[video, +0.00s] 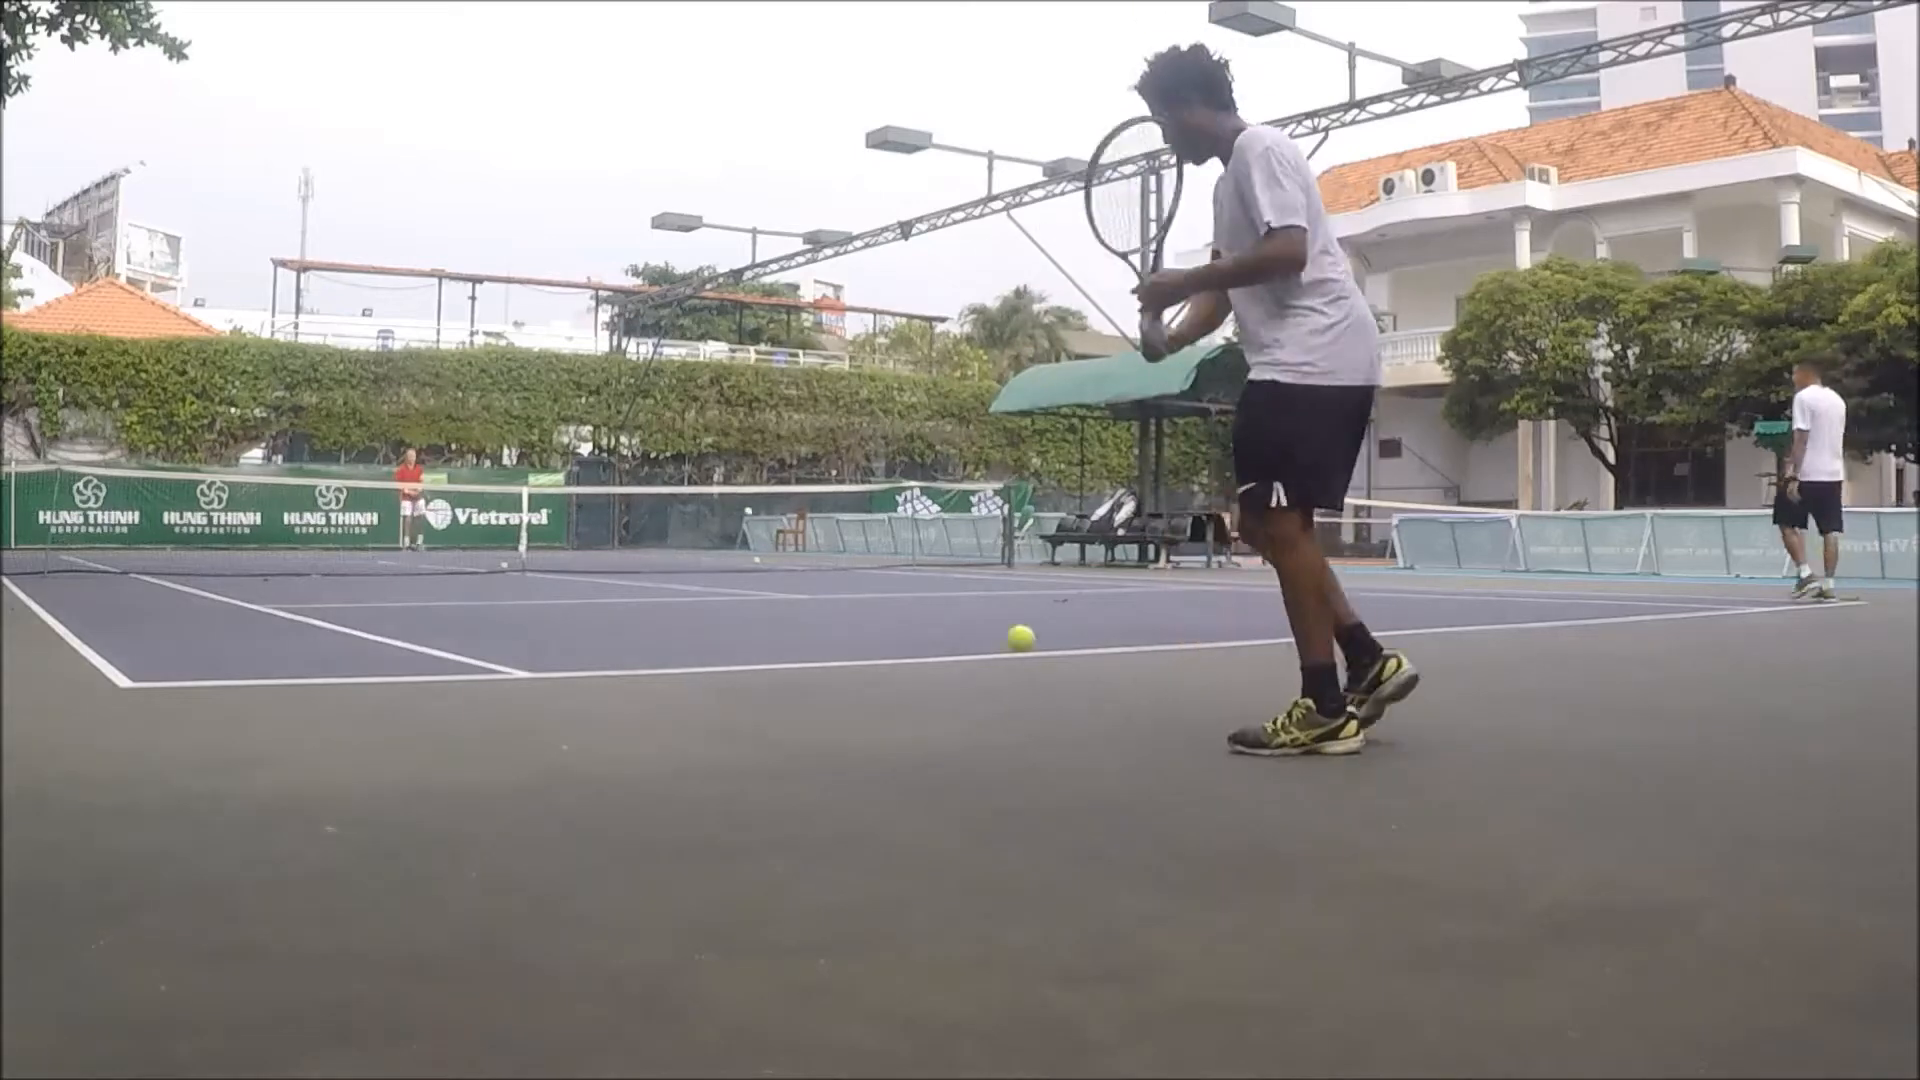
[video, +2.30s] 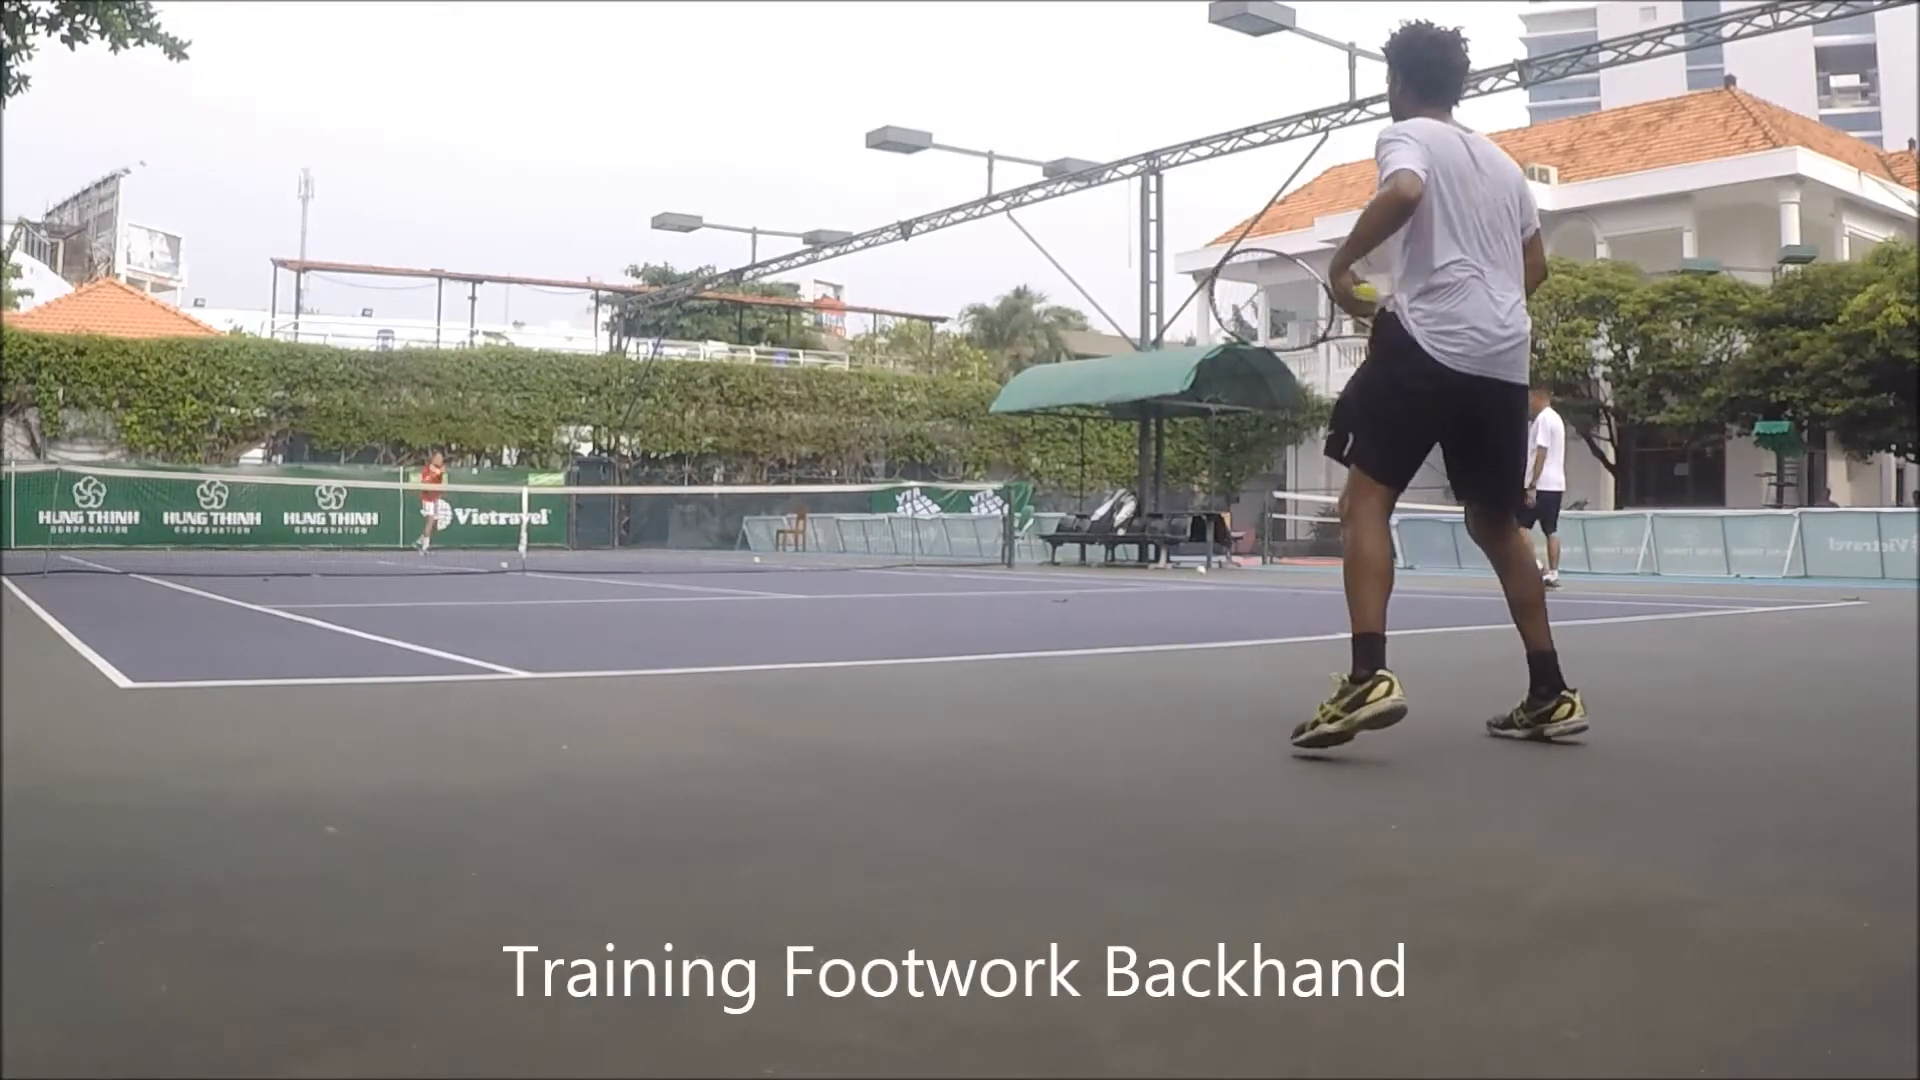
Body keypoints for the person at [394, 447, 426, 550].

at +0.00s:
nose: (411, 460)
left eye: (413, 457)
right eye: (409, 457)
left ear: (415, 458)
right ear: (406, 458)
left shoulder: (419, 469)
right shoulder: (400, 470)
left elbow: (421, 482)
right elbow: (399, 483)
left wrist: (418, 490)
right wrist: (408, 491)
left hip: (418, 495)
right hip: (406, 495)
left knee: (419, 517)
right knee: (407, 518)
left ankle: (418, 540)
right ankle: (407, 540)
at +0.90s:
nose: (423, 466)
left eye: (425, 464)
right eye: (422, 463)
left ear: (428, 465)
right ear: (418, 464)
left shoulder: (430, 475)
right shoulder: (412, 474)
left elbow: (430, 488)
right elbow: (406, 488)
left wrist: (426, 498)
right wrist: (414, 498)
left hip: (424, 500)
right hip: (412, 500)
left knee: (432, 520)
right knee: (407, 522)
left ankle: (432, 543)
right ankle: (397, 540)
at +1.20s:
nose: (436, 463)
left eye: (437, 460)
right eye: (434, 460)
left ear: (439, 462)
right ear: (429, 461)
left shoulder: (439, 474)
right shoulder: (421, 472)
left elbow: (438, 488)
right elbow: (417, 486)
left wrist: (433, 499)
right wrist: (426, 500)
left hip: (432, 500)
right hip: (420, 499)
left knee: (436, 521)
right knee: (417, 519)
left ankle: (432, 544)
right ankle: (409, 543)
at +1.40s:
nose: (440, 465)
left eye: (441, 463)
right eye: (438, 463)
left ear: (442, 465)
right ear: (432, 464)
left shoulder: (442, 477)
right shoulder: (425, 474)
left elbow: (441, 491)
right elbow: (421, 488)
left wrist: (437, 503)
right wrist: (428, 501)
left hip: (435, 502)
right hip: (425, 501)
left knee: (439, 523)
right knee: (429, 519)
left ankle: (431, 545)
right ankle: (416, 540)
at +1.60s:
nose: (441, 465)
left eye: (442, 462)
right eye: (438, 462)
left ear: (442, 463)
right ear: (432, 462)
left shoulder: (437, 474)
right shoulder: (430, 474)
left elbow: (437, 489)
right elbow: (434, 489)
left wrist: (441, 500)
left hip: (433, 500)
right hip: (426, 500)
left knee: (436, 521)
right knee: (431, 521)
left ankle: (431, 544)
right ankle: (420, 545)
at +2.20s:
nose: (439, 463)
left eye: (440, 460)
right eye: (437, 461)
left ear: (441, 461)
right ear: (431, 461)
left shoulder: (442, 472)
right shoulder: (422, 473)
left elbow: (444, 486)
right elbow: (420, 487)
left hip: (439, 499)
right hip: (427, 499)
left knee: (436, 522)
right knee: (430, 519)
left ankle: (424, 541)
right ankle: (426, 544)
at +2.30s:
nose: (438, 466)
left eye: (440, 464)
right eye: (435, 464)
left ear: (442, 463)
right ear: (431, 461)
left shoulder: (441, 472)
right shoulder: (426, 471)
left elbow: (442, 485)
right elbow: (425, 484)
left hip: (436, 498)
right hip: (427, 497)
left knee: (435, 521)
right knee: (430, 519)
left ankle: (420, 540)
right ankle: (425, 545)